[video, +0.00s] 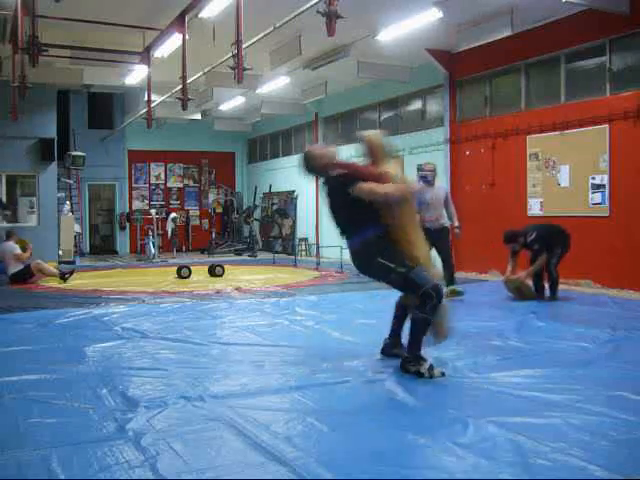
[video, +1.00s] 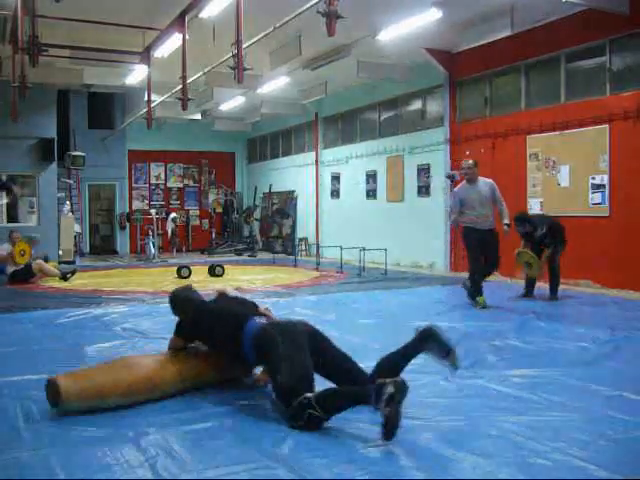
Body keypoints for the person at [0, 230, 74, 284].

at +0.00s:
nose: (17, 239)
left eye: (16, 237)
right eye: (16, 237)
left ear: (8, 237)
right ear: (13, 237)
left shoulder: (5, 245)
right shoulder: (11, 245)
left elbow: (19, 258)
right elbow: (22, 258)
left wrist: (26, 252)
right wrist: (29, 251)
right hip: (16, 275)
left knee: (39, 265)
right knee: (37, 264)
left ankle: (61, 274)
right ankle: (61, 275)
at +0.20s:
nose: (17, 240)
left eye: (17, 238)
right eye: (17, 238)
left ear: (7, 237)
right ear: (15, 238)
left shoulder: (3, 246)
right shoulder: (18, 246)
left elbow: (2, 258)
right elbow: (28, 260)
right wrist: (29, 254)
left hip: (11, 276)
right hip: (19, 274)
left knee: (40, 265)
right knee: (40, 265)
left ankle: (62, 274)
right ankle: (62, 275)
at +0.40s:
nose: (16, 239)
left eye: (16, 237)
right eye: (16, 237)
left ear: (6, 237)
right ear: (14, 237)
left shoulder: (3, 246)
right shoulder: (14, 246)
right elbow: (25, 259)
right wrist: (27, 248)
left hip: (11, 276)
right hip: (17, 275)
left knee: (40, 265)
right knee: (40, 264)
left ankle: (62, 274)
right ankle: (62, 275)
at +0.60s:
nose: (14, 239)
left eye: (14, 237)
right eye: (11, 237)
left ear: (14, 238)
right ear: (7, 238)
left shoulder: (11, 247)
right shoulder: (5, 246)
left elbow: (23, 259)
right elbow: (11, 260)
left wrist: (24, 250)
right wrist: (21, 253)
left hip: (18, 273)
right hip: (13, 275)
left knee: (41, 265)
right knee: (39, 265)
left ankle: (62, 274)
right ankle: (62, 275)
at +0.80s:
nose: (14, 240)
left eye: (15, 238)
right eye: (12, 238)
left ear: (16, 238)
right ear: (8, 239)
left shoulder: (17, 248)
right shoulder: (5, 247)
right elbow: (3, 260)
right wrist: (9, 253)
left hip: (20, 272)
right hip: (12, 275)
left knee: (40, 264)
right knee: (38, 265)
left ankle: (61, 274)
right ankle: (61, 275)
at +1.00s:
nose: (17, 240)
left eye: (18, 238)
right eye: (15, 238)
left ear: (20, 238)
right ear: (10, 238)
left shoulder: (20, 247)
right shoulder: (6, 247)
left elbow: (26, 259)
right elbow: (2, 259)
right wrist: (10, 254)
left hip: (23, 272)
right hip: (13, 275)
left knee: (40, 264)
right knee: (39, 264)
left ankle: (62, 274)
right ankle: (61, 275)